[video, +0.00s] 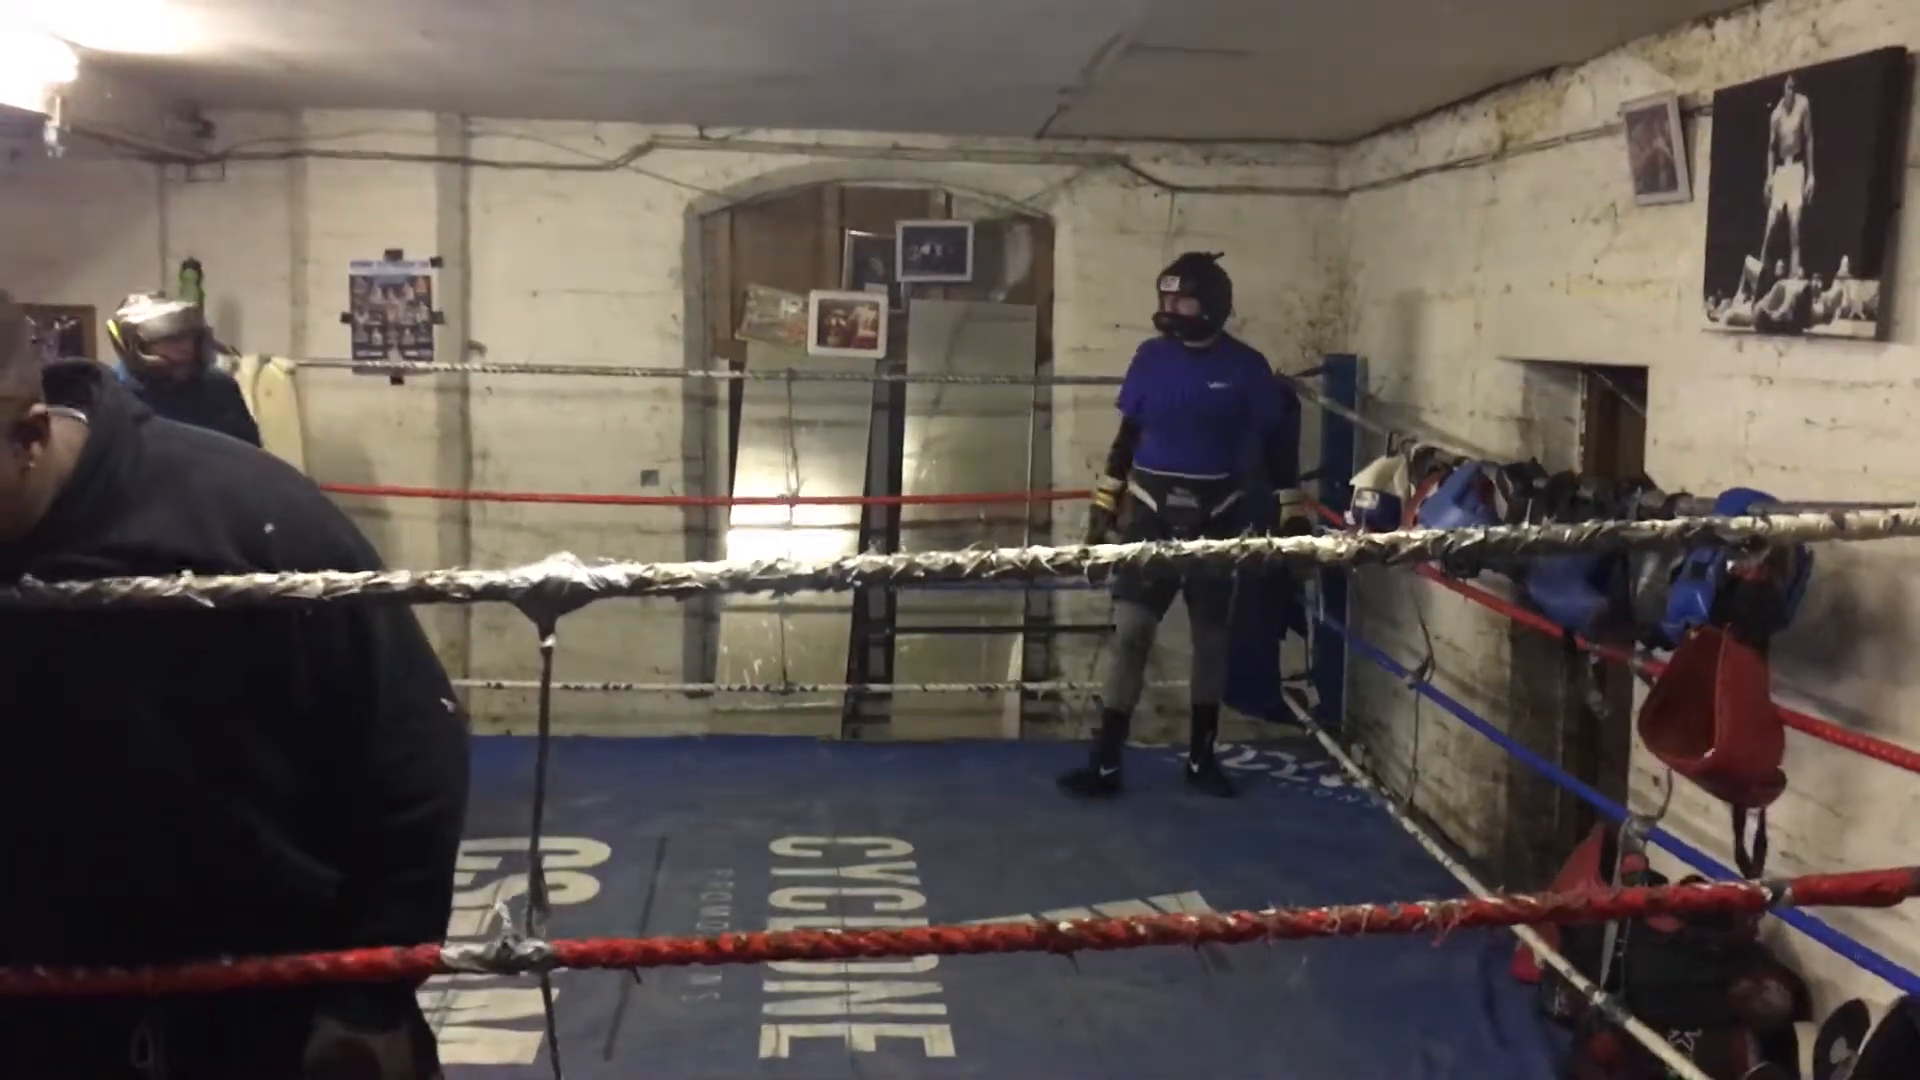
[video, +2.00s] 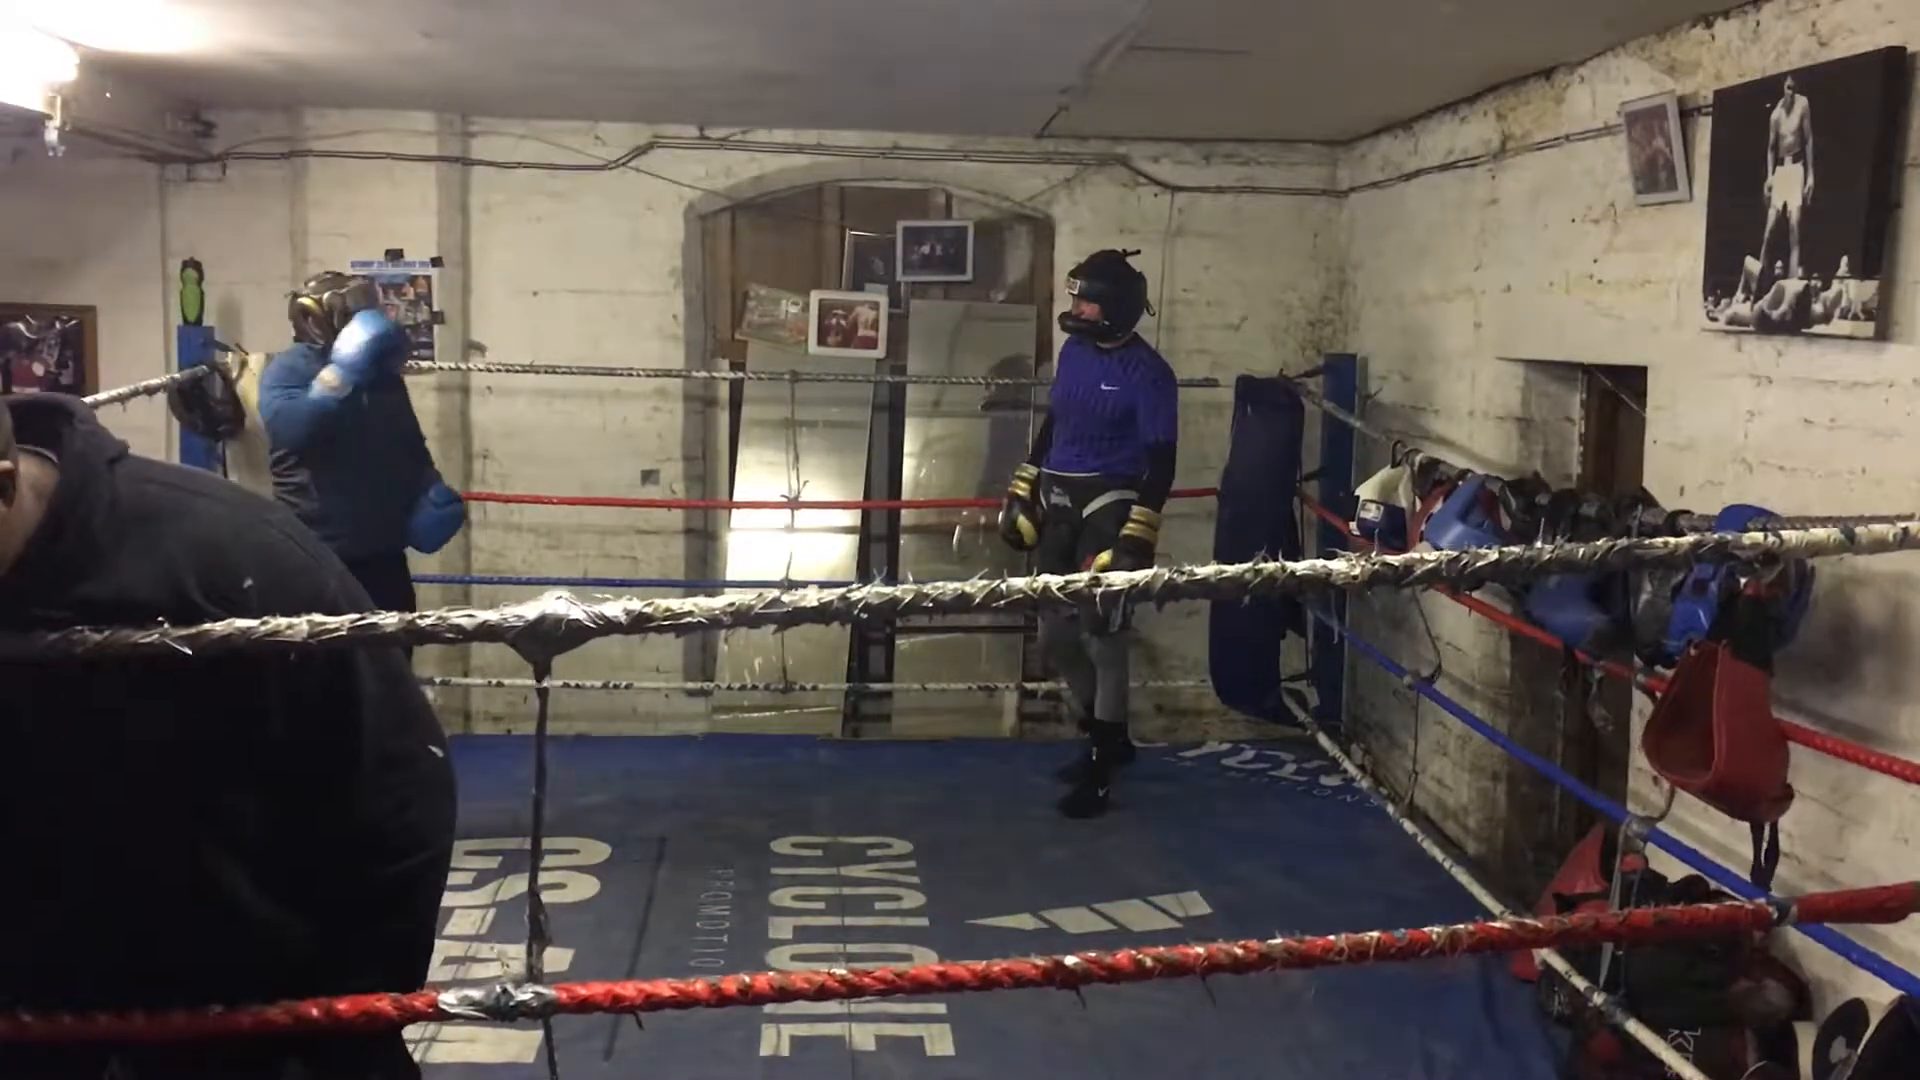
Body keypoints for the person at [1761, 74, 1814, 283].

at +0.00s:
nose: (1790, 91)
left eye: (1793, 88)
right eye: (1788, 88)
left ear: (1797, 89)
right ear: (1784, 89)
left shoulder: (1802, 104)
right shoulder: (1776, 114)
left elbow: (1809, 138)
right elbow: (1771, 147)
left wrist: (1811, 175)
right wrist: (1769, 176)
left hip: (1797, 164)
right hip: (1780, 165)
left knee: (1794, 217)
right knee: (1772, 218)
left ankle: (1795, 264)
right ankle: (1762, 261)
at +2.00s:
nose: (1789, 92)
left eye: (1792, 89)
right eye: (1787, 88)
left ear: (1797, 90)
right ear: (1783, 88)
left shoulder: (1802, 104)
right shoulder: (1775, 114)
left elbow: (1809, 139)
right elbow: (1771, 146)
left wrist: (1810, 175)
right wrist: (1769, 175)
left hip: (1797, 163)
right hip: (1780, 165)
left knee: (1794, 220)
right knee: (1771, 221)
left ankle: (1794, 269)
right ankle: (1762, 267)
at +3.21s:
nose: (1788, 93)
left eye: (1791, 89)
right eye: (1787, 89)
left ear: (1795, 90)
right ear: (1782, 89)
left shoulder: (1801, 104)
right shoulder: (1775, 115)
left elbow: (1808, 139)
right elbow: (1771, 146)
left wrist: (1810, 175)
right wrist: (1769, 175)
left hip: (1797, 163)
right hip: (1779, 165)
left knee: (1794, 222)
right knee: (1771, 222)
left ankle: (1794, 270)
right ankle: (1761, 269)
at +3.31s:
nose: (1788, 92)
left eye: (1791, 89)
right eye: (1786, 88)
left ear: (1796, 90)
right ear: (1782, 89)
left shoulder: (1801, 104)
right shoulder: (1775, 115)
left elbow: (1808, 139)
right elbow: (1771, 146)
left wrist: (1810, 174)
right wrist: (1769, 175)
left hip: (1797, 163)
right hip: (1780, 164)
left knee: (1794, 221)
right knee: (1771, 222)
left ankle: (1794, 269)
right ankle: (1761, 268)